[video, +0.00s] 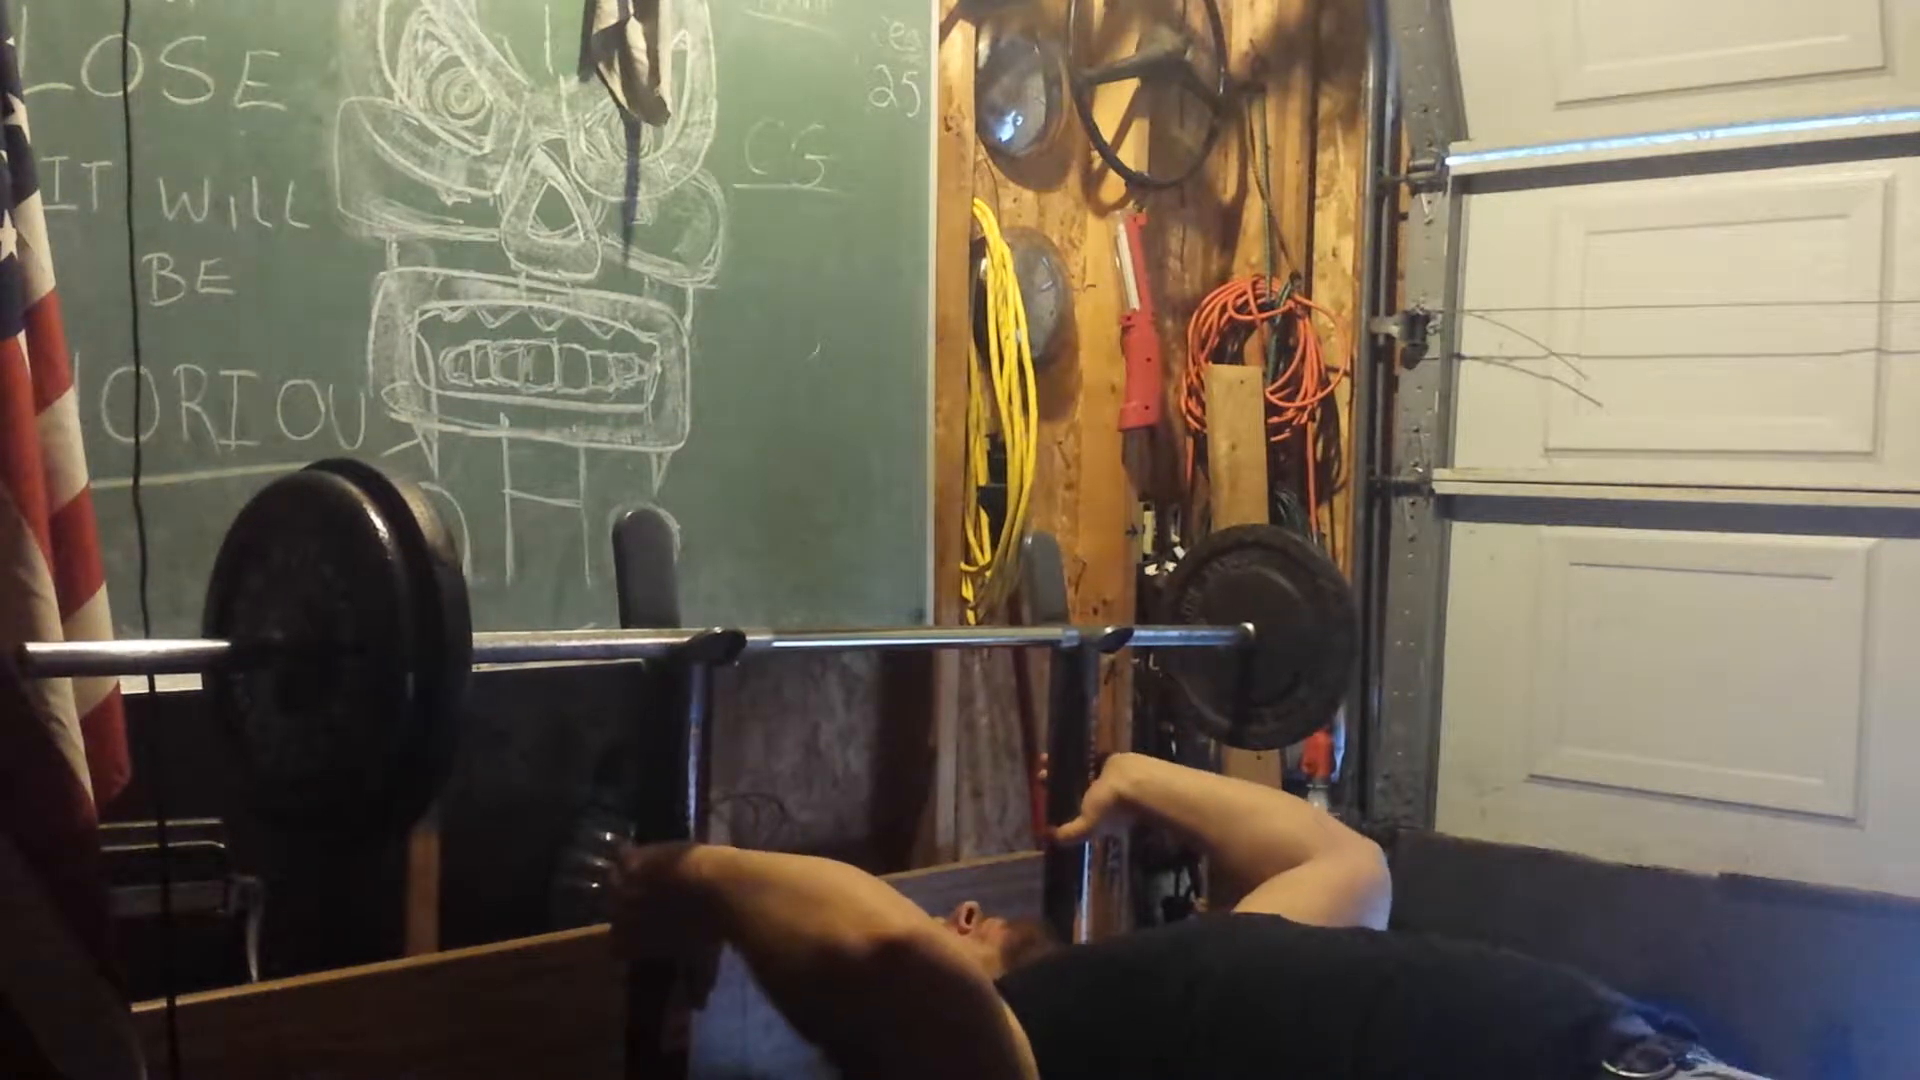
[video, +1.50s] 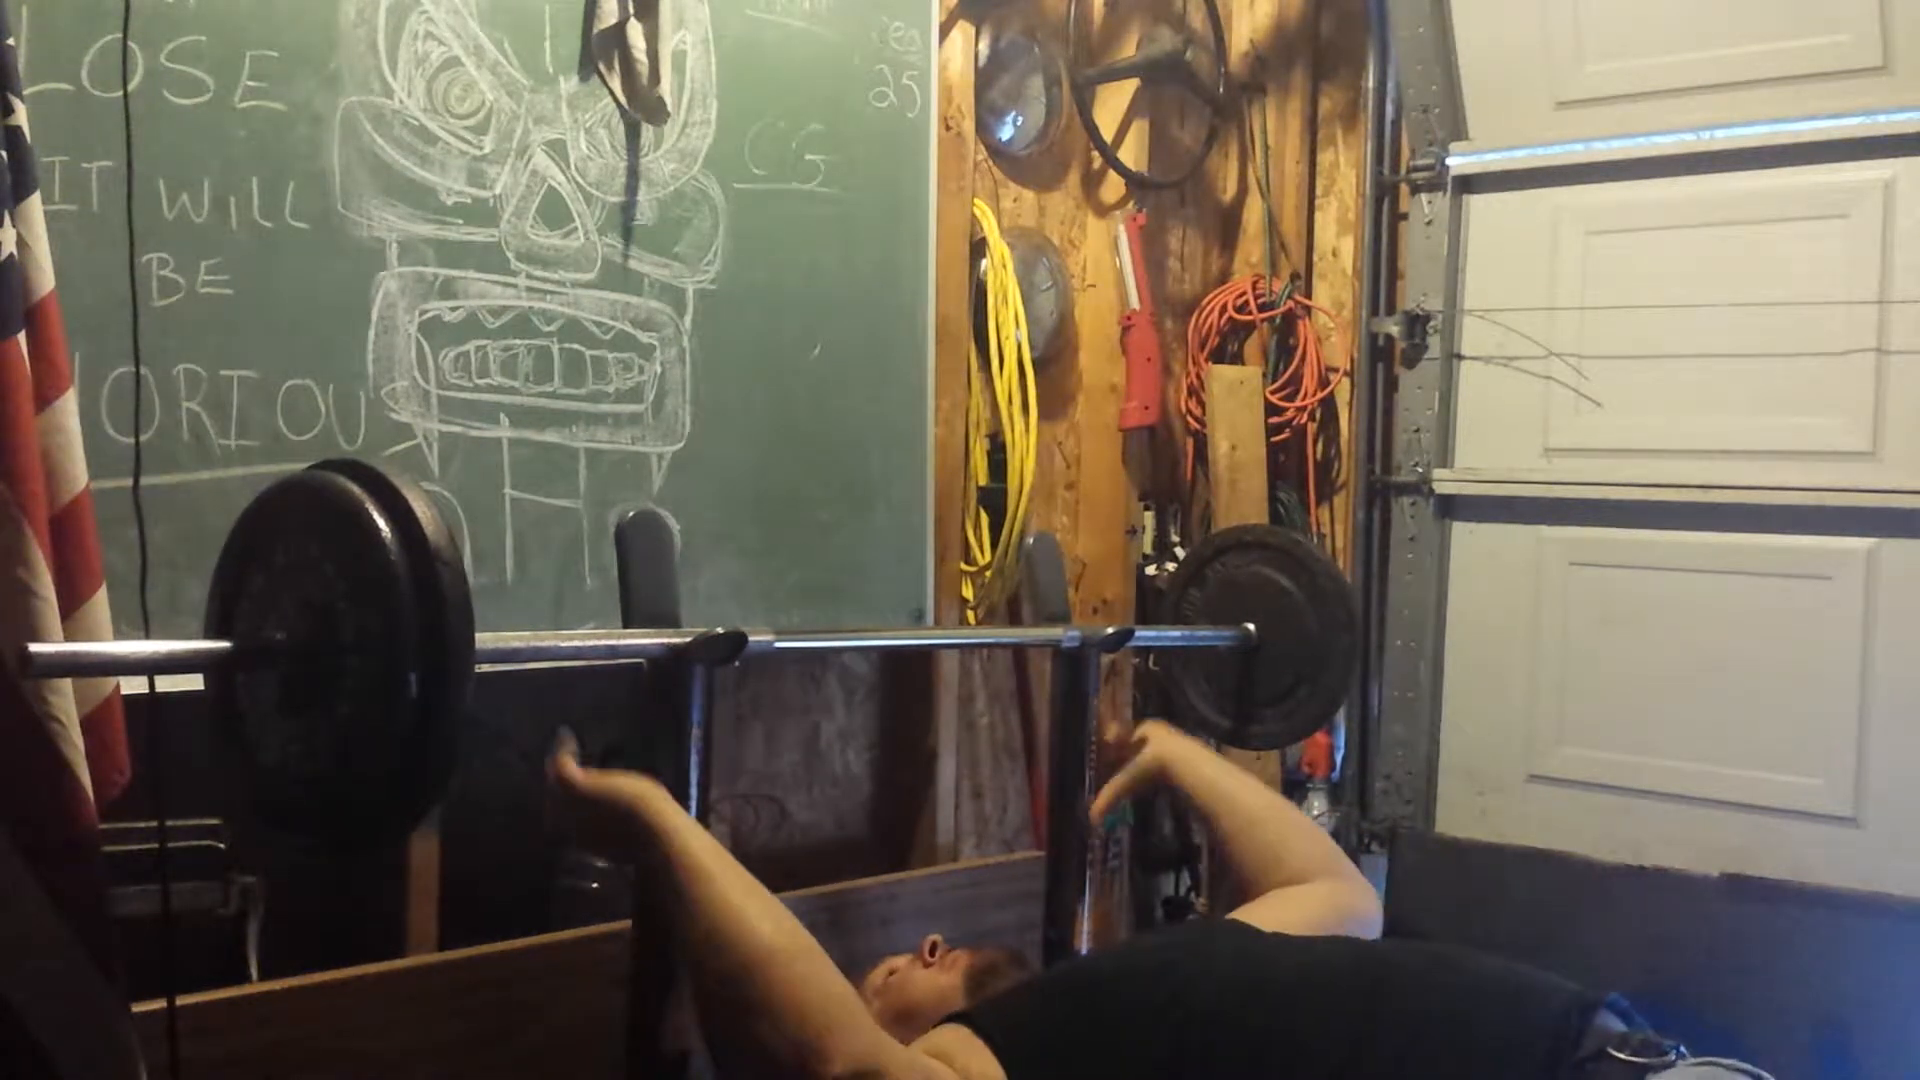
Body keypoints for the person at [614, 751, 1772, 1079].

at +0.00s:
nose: (967, 905)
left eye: (951, 899)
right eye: (926, 924)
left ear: (992, 914)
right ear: (908, 993)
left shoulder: (1179, 977)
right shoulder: (991, 1058)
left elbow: (1349, 861)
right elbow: (899, 956)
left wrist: (1145, 780)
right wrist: (685, 874)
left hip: (1666, 1045)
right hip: (1579, 1067)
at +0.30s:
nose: (955, 914)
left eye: (941, 906)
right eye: (916, 936)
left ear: (980, 918)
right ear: (906, 991)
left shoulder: (1194, 965)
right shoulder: (986, 1056)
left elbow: (1344, 874)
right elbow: (889, 982)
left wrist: (1142, 782)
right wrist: (691, 874)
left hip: (1670, 1046)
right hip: (1557, 1063)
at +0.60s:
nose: (928, 929)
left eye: (918, 921)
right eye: (897, 948)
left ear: (951, 929)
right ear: (885, 1006)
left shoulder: (1184, 962)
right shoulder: (984, 1060)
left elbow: (1333, 878)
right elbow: (867, 1000)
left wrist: (1147, 787)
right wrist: (692, 880)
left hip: (1669, 1045)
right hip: (1587, 1072)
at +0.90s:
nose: (922, 935)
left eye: (914, 929)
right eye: (892, 957)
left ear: (952, 938)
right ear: (888, 1016)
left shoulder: (1175, 969)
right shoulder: (996, 1060)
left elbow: (1330, 888)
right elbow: (867, 1013)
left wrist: (1151, 796)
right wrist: (697, 888)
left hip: (1665, 1045)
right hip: (1577, 1067)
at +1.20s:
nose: (921, 947)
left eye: (911, 940)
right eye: (888, 968)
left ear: (957, 944)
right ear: (883, 1029)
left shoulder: (1163, 966)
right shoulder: (991, 1062)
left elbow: (1340, 903)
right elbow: (859, 1031)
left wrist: (1158, 801)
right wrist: (698, 886)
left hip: (1641, 1041)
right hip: (1560, 1070)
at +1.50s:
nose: (925, 946)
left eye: (915, 945)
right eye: (892, 971)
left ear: (963, 956)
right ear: (878, 1034)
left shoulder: (1156, 975)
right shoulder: (946, 1068)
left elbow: (1333, 891)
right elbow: (806, 1021)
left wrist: (1176, 749)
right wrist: (656, 812)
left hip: (1639, 1044)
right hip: (1544, 1076)